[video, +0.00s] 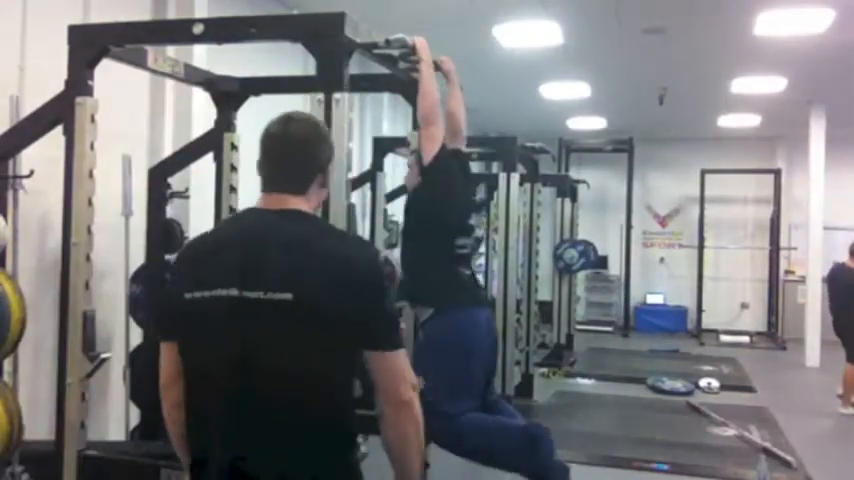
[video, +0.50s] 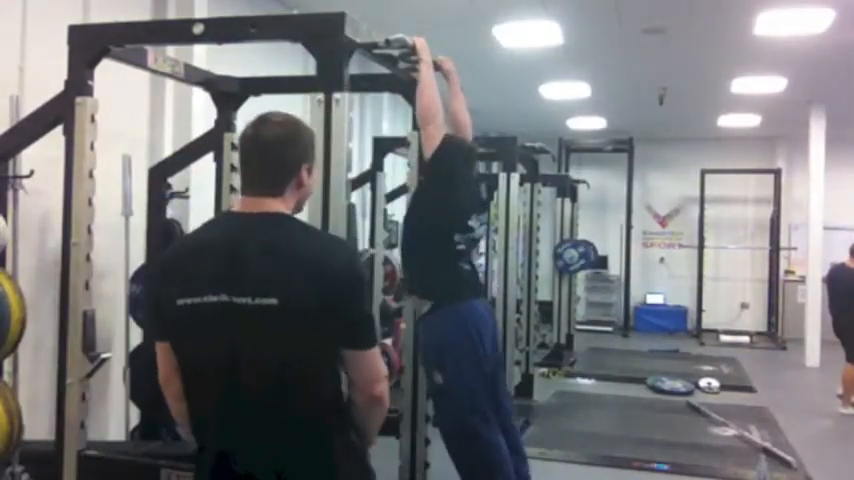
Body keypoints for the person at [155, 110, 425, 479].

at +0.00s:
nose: (332, 179)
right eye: (331, 170)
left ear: (262, 170)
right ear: (323, 176)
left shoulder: (195, 257)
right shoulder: (355, 260)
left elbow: (171, 388)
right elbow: (399, 397)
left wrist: (192, 464)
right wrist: (410, 473)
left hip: (221, 466)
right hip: (322, 466)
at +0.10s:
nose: (322, 178)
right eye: (322, 169)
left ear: (252, 166)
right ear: (313, 173)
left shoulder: (186, 256)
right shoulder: (342, 257)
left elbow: (170, 382)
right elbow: (385, 390)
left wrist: (203, 450)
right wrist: (400, 466)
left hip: (219, 465)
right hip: (316, 464)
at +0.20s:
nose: (314, 177)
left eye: (313, 167)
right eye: (314, 168)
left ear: (242, 167)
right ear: (304, 173)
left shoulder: (176, 260)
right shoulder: (332, 255)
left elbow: (169, 381)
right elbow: (377, 387)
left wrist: (203, 444)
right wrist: (384, 455)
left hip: (216, 464)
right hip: (312, 463)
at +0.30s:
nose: (310, 179)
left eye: (309, 169)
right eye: (310, 169)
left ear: (238, 167)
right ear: (299, 173)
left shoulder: (175, 261)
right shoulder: (328, 256)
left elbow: (169, 380)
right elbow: (373, 384)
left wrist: (204, 440)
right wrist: (367, 442)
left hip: (216, 462)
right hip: (309, 462)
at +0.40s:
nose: (310, 179)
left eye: (309, 169)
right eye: (310, 170)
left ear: (238, 166)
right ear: (299, 174)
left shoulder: (175, 261)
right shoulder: (329, 258)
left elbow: (171, 383)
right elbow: (370, 387)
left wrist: (206, 439)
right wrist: (353, 440)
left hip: (218, 462)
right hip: (313, 463)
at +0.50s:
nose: (314, 179)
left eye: (313, 169)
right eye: (314, 171)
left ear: (243, 169)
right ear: (303, 177)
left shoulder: (177, 261)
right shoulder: (331, 258)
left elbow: (171, 385)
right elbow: (372, 389)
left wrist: (205, 446)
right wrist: (355, 446)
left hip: (221, 463)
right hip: (315, 463)